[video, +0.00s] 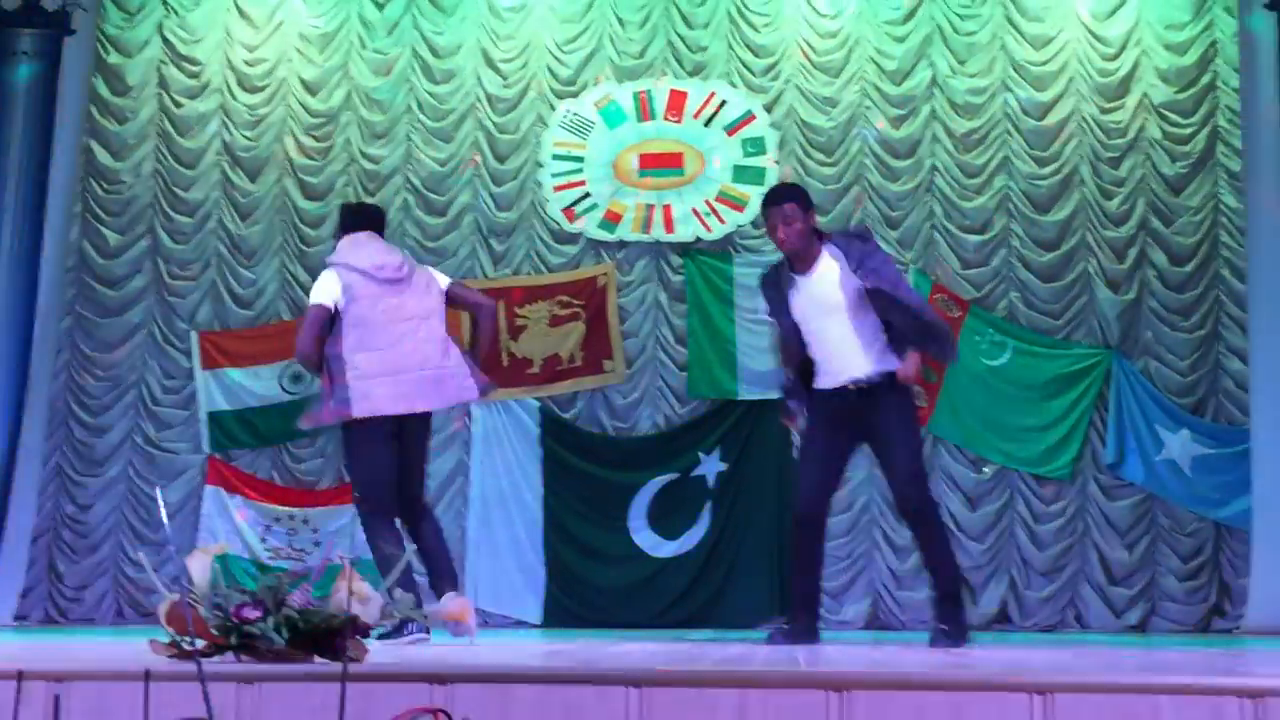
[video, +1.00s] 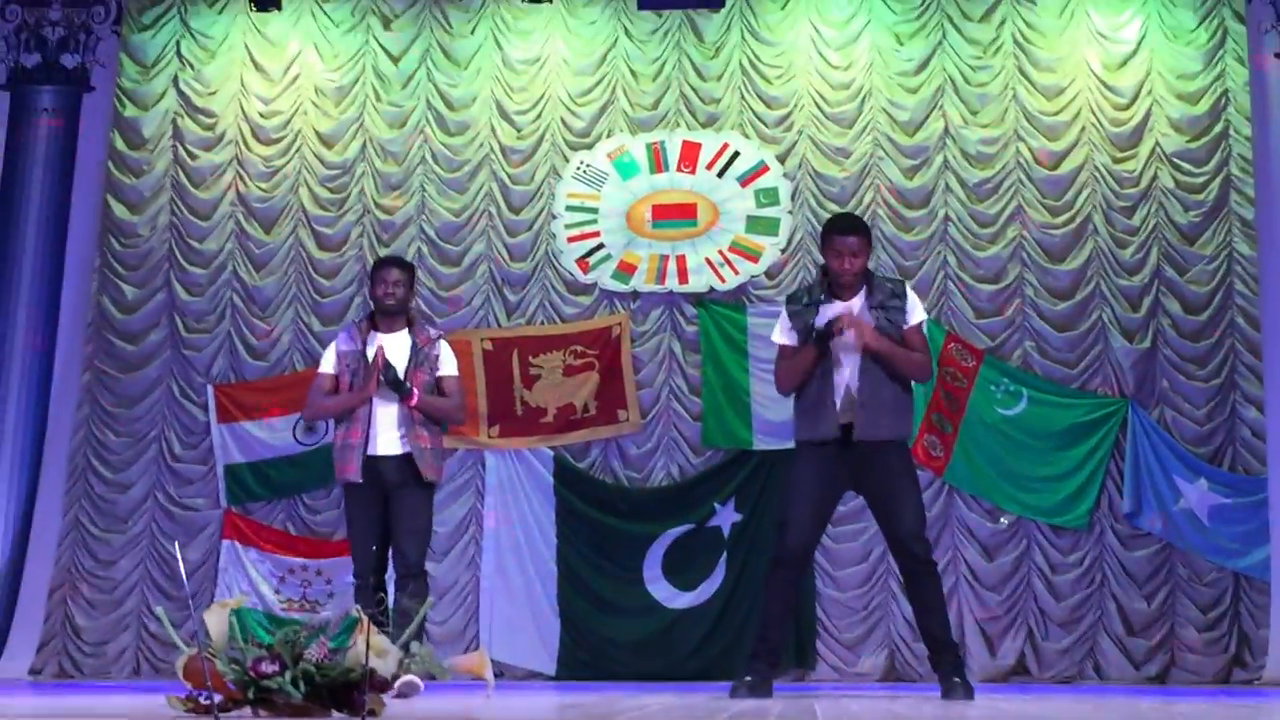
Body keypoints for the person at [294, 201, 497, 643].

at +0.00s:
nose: (336, 242)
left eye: (338, 236)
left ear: (342, 237)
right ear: (381, 235)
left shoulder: (336, 277)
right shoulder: (417, 272)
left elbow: (305, 349)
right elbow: (485, 306)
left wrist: (329, 374)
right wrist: (478, 368)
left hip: (370, 405)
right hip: (419, 401)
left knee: (376, 511)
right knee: (413, 501)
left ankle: (408, 615)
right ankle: (451, 597)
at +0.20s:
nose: (349, 238)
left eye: (357, 231)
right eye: (349, 230)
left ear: (383, 234)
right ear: (382, 235)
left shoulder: (388, 272)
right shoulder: (399, 268)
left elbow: (357, 334)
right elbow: (372, 333)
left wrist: (317, 340)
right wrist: (325, 330)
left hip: (393, 414)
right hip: (397, 413)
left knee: (385, 513)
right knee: (382, 513)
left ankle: (420, 611)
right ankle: (394, 610)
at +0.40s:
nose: (370, 240)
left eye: (380, 233)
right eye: (366, 233)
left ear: (403, 238)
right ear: (361, 239)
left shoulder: (427, 286)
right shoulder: (355, 287)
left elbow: (414, 345)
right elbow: (313, 347)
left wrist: (359, 320)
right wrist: (310, 311)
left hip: (399, 417)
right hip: (353, 414)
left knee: (394, 514)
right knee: (351, 519)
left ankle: (401, 615)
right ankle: (359, 614)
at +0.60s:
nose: (365, 244)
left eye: (374, 238)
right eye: (358, 236)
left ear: (389, 244)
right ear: (348, 241)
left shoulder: (411, 295)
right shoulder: (320, 296)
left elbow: (422, 357)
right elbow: (296, 359)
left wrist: (382, 330)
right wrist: (340, 317)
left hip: (386, 419)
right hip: (334, 420)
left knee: (385, 521)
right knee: (336, 525)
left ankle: (383, 625)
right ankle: (338, 624)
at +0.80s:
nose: (378, 262)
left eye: (386, 256)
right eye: (370, 255)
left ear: (397, 262)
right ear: (357, 261)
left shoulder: (418, 315)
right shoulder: (331, 313)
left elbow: (441, 380)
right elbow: (304, 378)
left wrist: (398, 360)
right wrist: (356, 354)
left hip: (399, 436)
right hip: (349, 436)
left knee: (395, 530)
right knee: (352, 535)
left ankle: (388, 627)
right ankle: (355, 627)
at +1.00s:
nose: (390, 291)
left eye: (399, 285)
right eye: (383, 284)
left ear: (412, 292)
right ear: (371, 290)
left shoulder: (433, 343)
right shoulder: (345, 343)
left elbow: (456, 413)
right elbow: (313, 408)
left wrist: (411, 395)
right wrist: (363, 393)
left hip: (412, 467)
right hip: (361, 468)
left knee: (411, 566)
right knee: (367, 569)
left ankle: (407, 656)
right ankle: (371, 657)